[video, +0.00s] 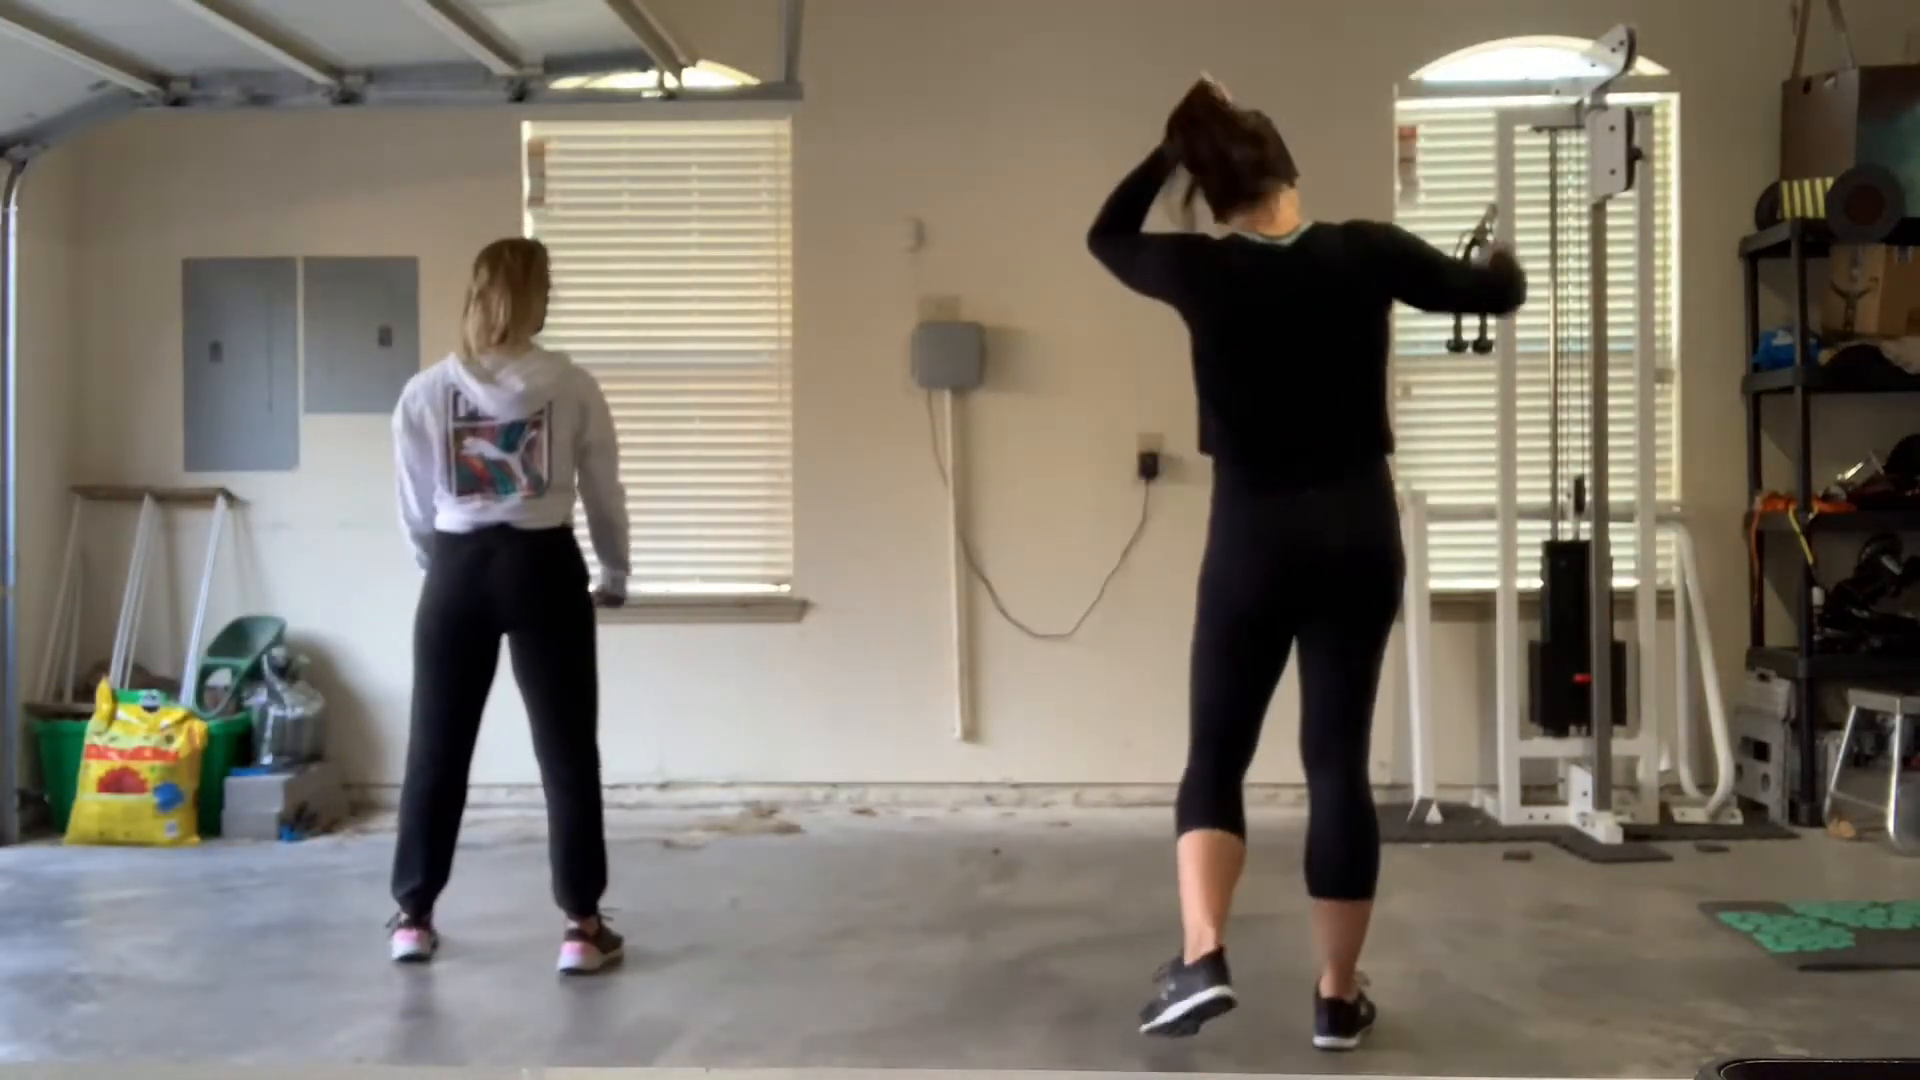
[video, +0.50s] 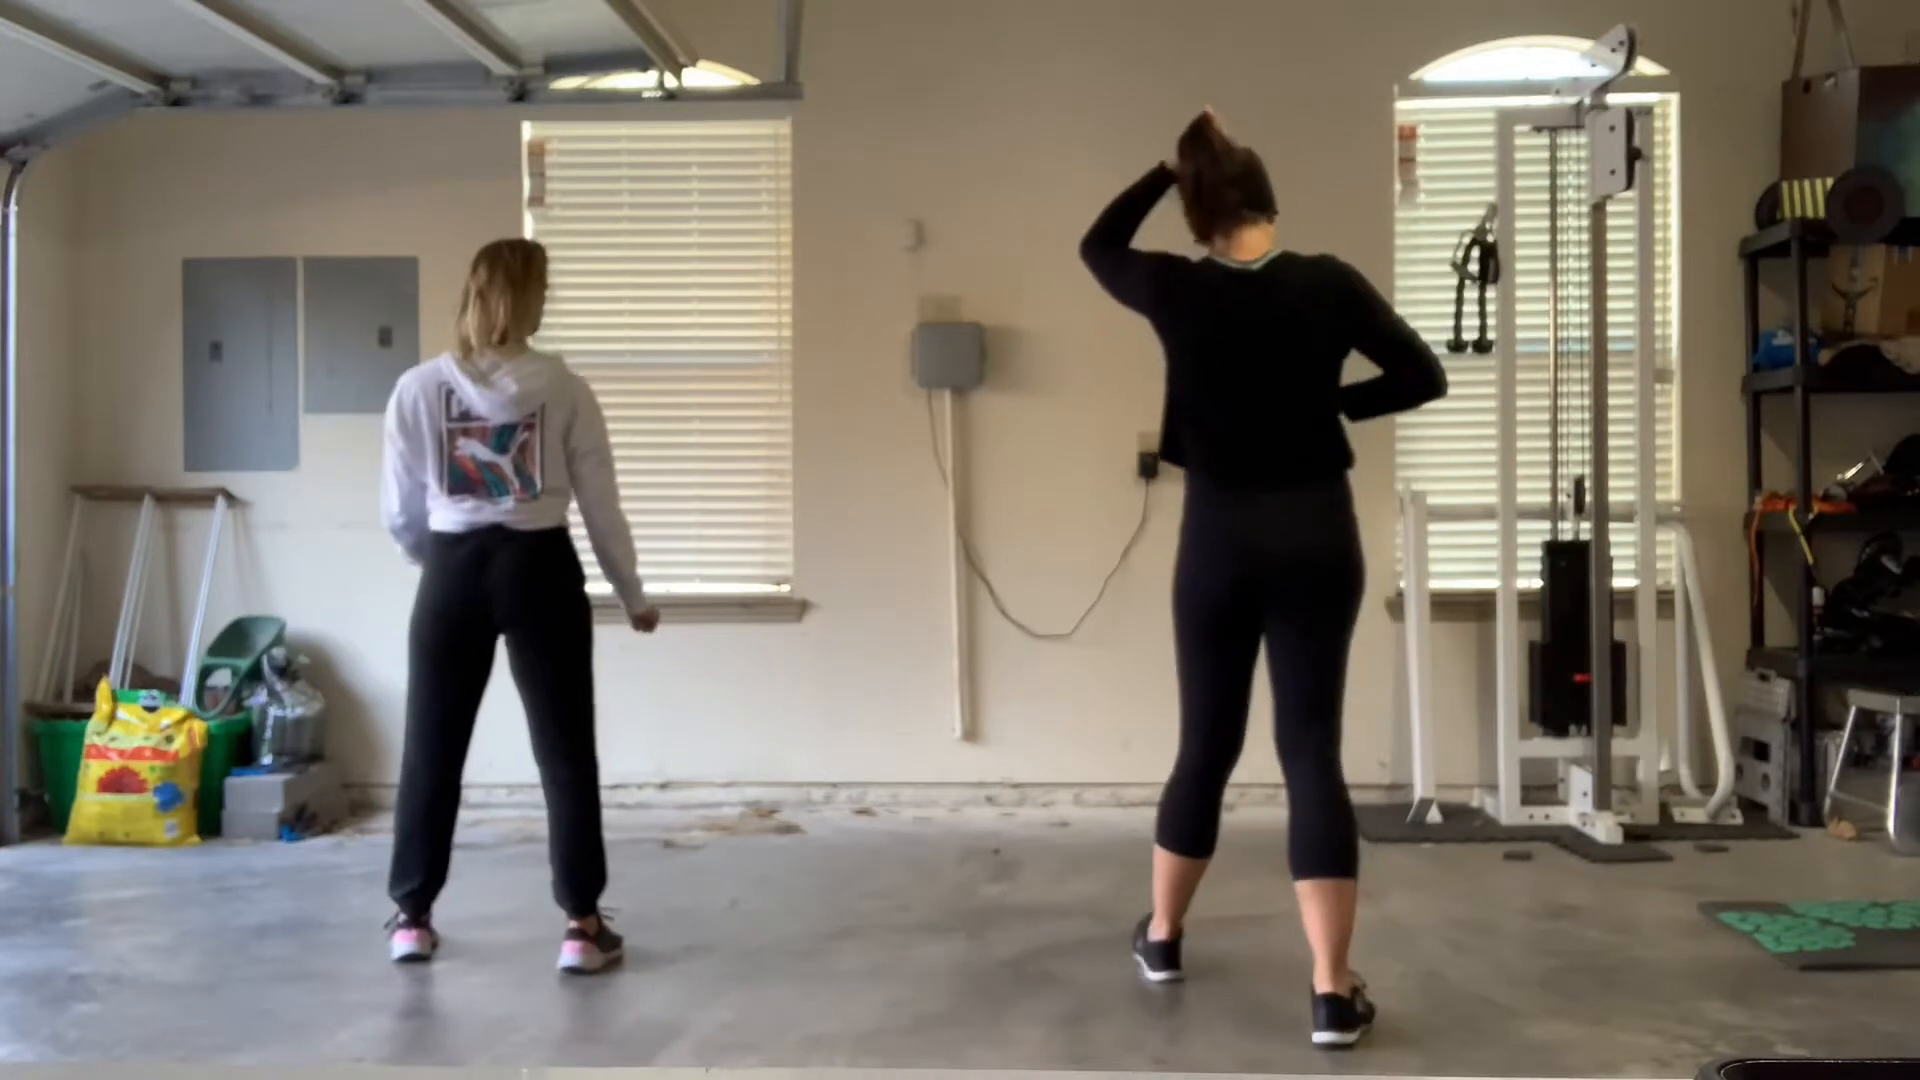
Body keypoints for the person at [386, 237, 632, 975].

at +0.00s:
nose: (539, 305)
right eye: (540, 293)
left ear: (473, 296)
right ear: (540, 299)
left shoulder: (424, 392)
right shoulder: (572, 385)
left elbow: (416, 508)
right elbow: (604, 496)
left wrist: (437, 562)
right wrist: (614, 572)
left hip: (457, 574)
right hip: (547, 572)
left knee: (436, 749)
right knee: (568, 751)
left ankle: (413, 919)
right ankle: (581, 926)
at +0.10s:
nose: (544, 303)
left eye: (535, 289)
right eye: (542, 291)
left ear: (471, 295)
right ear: (537, 298)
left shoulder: (422, 390)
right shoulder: (567, 385)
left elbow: (415, 508)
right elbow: (599, 499)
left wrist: (449, 553)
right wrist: (616, 579)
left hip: (448, 576)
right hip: (539, 575)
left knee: (430, 748)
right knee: (563, 750)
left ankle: (412, 920)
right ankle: (580, 925)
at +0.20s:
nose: (547, 300)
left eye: (541, 287)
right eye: (544, 290)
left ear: (472, 293)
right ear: (536, 297)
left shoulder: (422, 388)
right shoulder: (564, 382)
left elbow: (415, 508)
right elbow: (596, 499)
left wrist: (452, 552)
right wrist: (621, 581)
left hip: (452, 574)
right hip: (543, 573)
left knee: (432, 746)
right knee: (564, 748)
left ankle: (412, 918)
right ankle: (582, 924)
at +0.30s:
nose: (546, 303)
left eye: (533, 288)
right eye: (544, 291)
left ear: (475, 295)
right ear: (540, 299)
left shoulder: (428, 390)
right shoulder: (570, 384)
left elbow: (416, 513)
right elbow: (604, 502)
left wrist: (463, 544)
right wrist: (627, 583)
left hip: (458, 576)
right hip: (549, 575)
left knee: (437, 745)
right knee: (570, 750)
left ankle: (413, 918)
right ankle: (583, 926)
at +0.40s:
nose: (543, 303)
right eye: (543, 291)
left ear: (473, 295)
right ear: (539, 298)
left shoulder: (426, 387)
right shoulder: (571, 383)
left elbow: (412, 510)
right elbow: (608, 501)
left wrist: (457, 549)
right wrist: (631, 584)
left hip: (456, 576)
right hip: (548, 575)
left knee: (437, 746)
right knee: (570, 750)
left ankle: (413, 918)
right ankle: (584, 926)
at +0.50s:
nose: (541, 306)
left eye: (530, 291)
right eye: (541, 295)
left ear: (470, 296)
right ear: (536, 301)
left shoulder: (417, 389)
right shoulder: (564, 387)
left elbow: (402, 512)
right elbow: (600, 506)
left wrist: (439, 562)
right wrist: (633, 593)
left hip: (452, 579)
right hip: (543, 577)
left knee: (431, 748)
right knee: (566, 751)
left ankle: (412, 919)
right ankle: (582, 926)